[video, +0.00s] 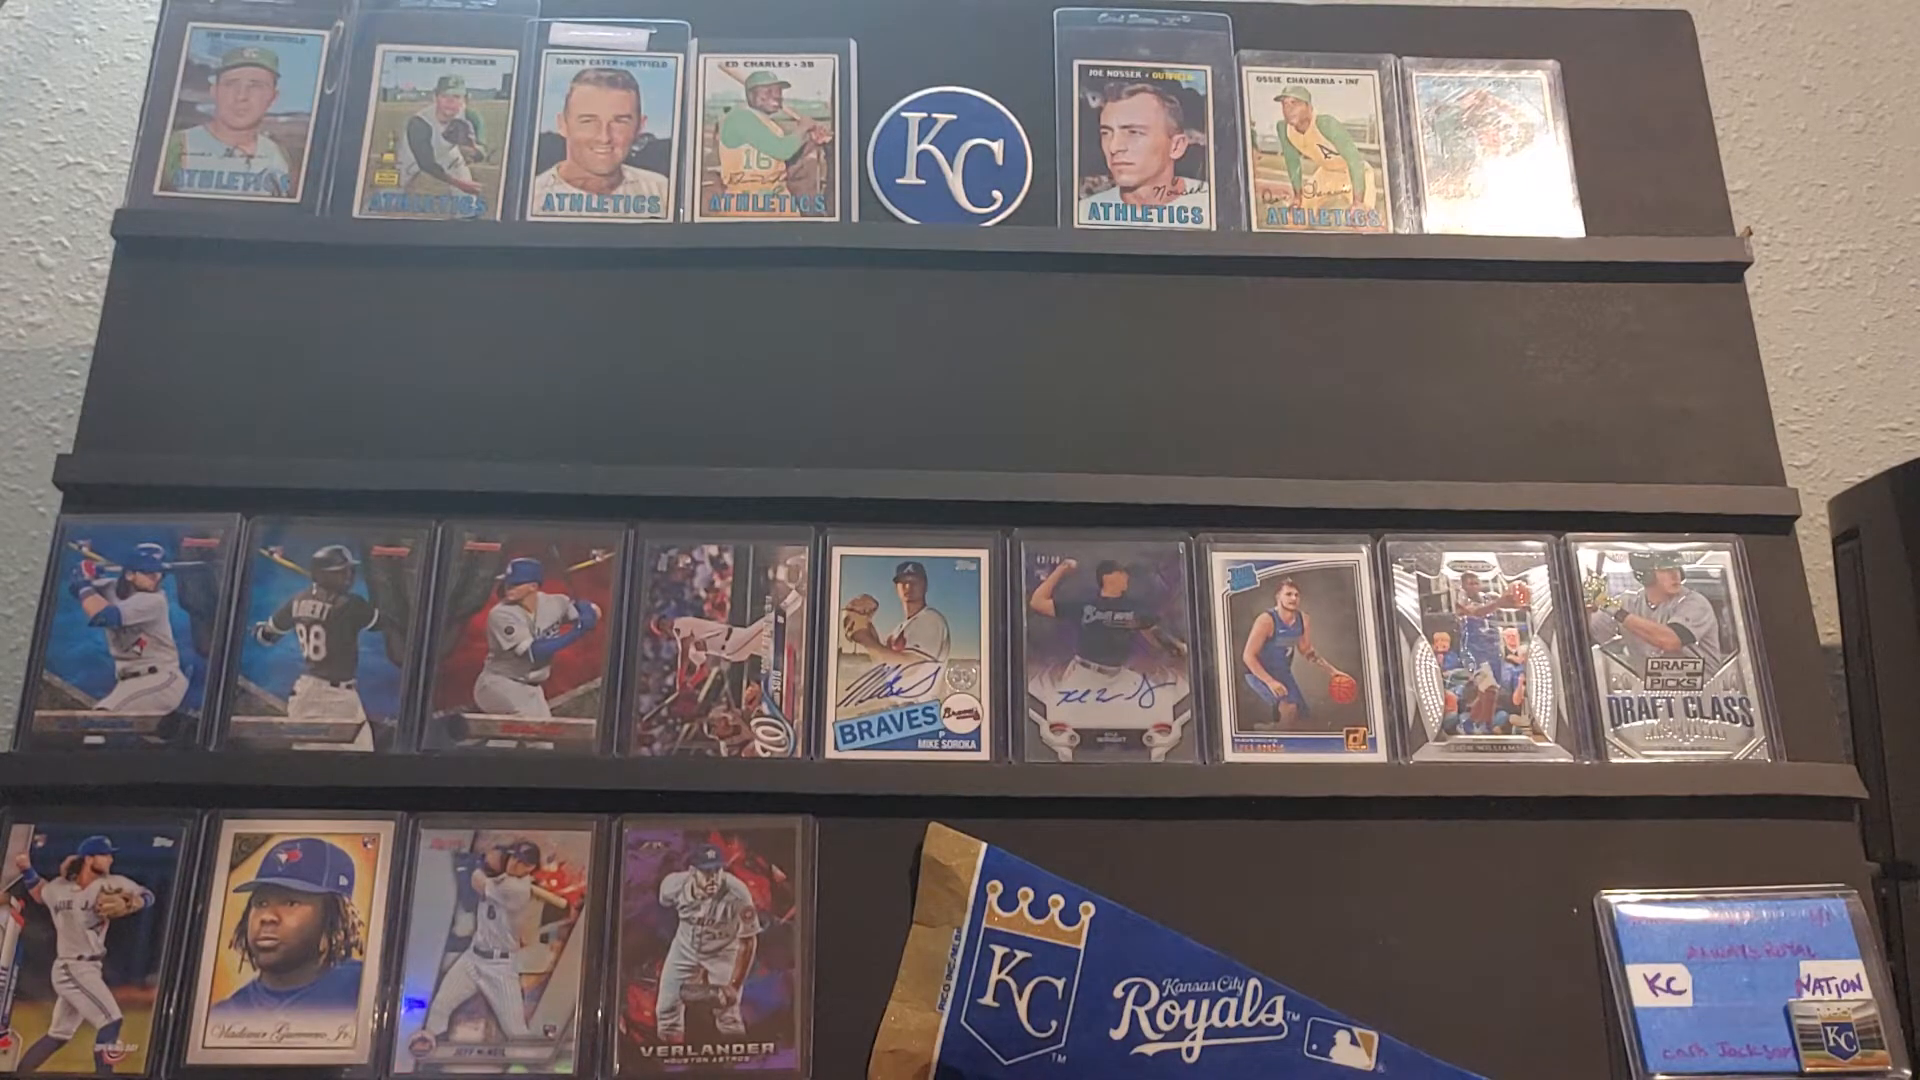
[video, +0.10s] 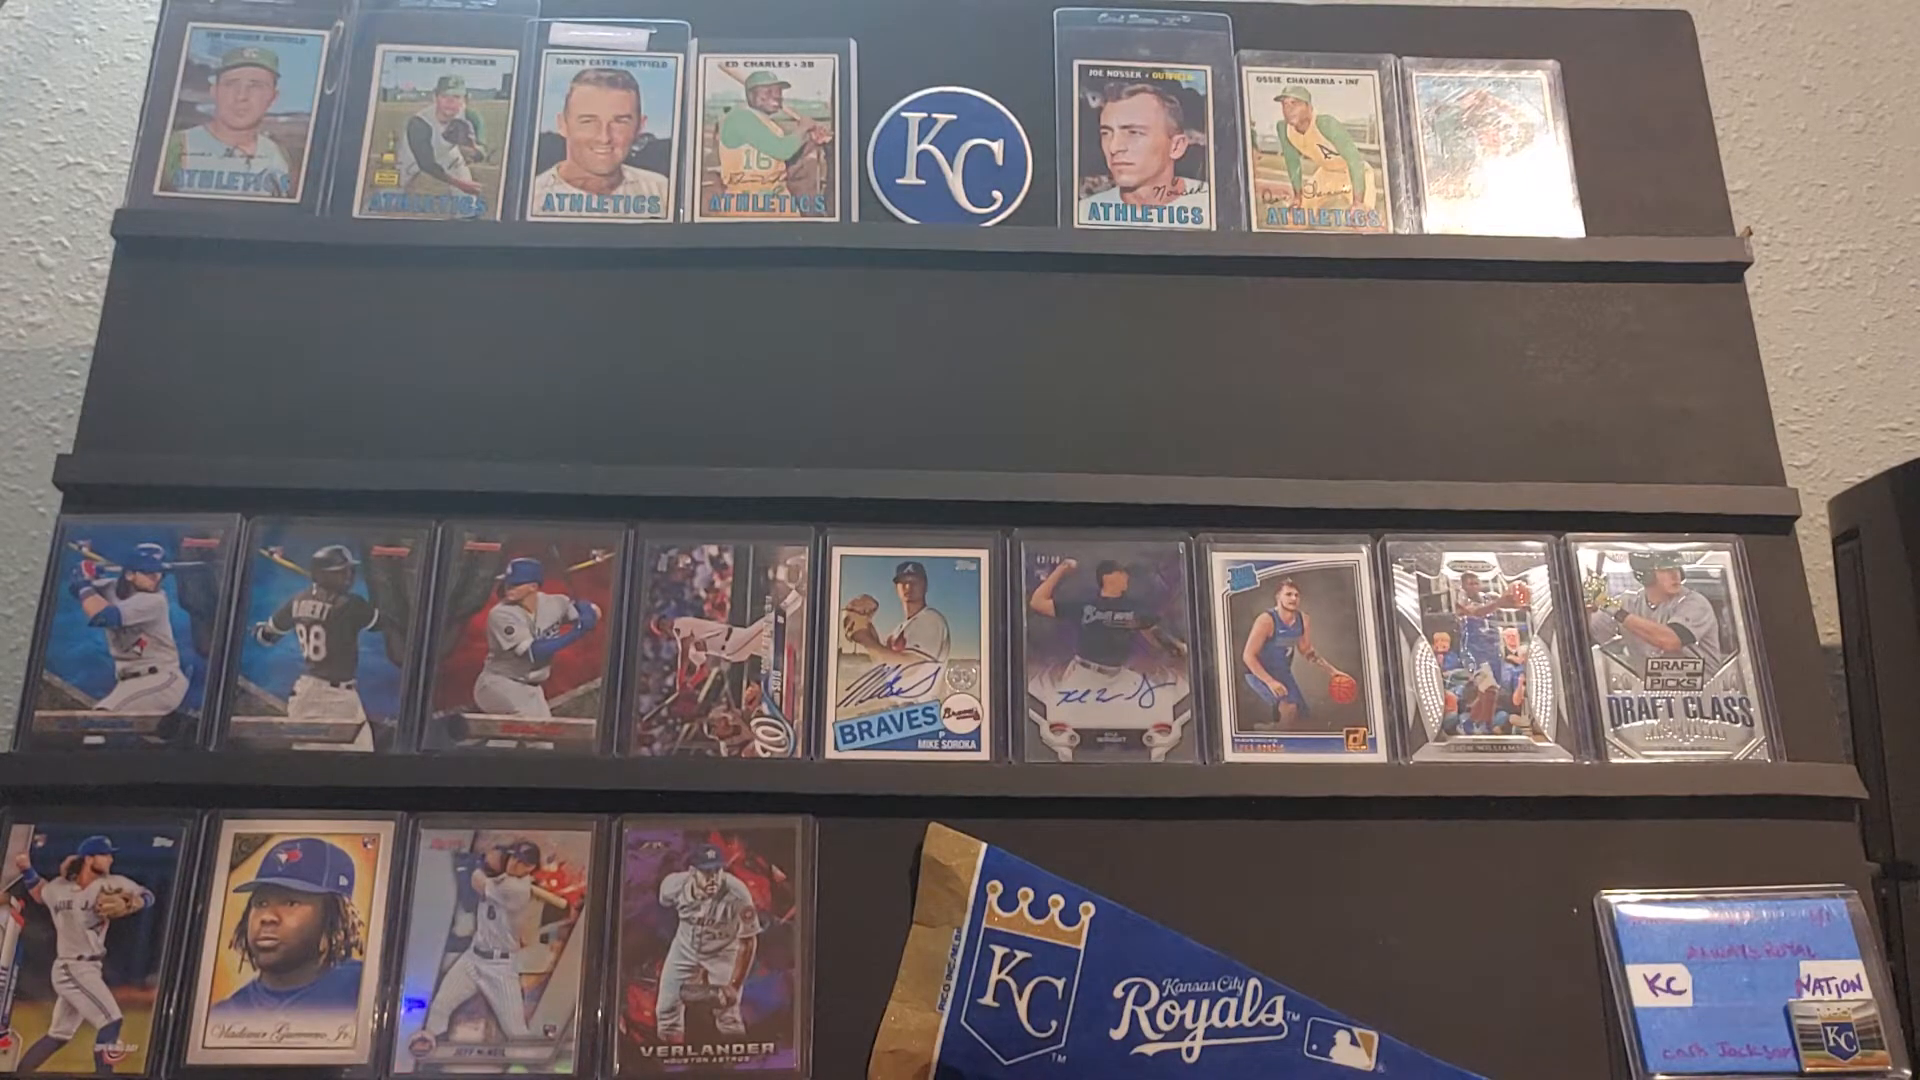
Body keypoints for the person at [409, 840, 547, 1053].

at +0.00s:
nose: (513, 864)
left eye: (520, 862)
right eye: (513, 858)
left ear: (530, 869)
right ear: (509, 858)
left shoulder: (518, 889)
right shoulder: (501, 878)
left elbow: (477, 882)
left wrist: (483, 866)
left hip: (501, 965)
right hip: (473, 958)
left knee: (515, 1030)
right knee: (440, 1005)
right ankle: (425, 1061)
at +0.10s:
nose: (513, 863)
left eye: (519, 861)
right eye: (513, 858)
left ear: (530, 868)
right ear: (509, 858)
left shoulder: (518, 889)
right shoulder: (502, 878)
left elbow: (477, 883)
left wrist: (482, 867)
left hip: (501, 965)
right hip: (473, 958)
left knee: (515, 1030)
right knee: (440, 1004)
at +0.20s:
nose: (514, 864)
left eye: (521, 862)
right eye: (514, 858)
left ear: (530, 868)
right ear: (510, 858)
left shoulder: (517, 889)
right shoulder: (503, 879)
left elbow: (477, 882)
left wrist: (482, 865)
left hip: (500, 965)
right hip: (472, 958)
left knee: (515, 1030)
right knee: (440, 1005)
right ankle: (425, 1063)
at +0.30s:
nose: (514, 864)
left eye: (521, 862)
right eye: (514, 858)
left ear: (530, 868)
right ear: (510, 858)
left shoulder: (517, 889)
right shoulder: (503, 879)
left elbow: (477, 882)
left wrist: (482, 865)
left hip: (500, 965)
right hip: (472, 958)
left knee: (515, 1030)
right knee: (440, 1005)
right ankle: (424, 1062)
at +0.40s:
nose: (514, 864)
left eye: (521, 862)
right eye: (514, 858)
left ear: (530, 868)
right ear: (510, 858)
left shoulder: (517, 889)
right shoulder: (504, 878)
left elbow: (477, 882)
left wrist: (481, 865)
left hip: (500, 965)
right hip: (472, 958)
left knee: (515, 1030)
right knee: (441, 1004)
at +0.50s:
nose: (514, 864)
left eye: (521, 862)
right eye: (514, 859)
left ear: (530, 868)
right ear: (510, 858)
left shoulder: (517, 889)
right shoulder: (503, 879)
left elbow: (477, 882)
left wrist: (483, 865)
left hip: (500, 965)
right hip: (472, 958)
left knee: (515, 1029)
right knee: (440, 1005)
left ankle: (536, 1070)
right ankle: (424, 1062)